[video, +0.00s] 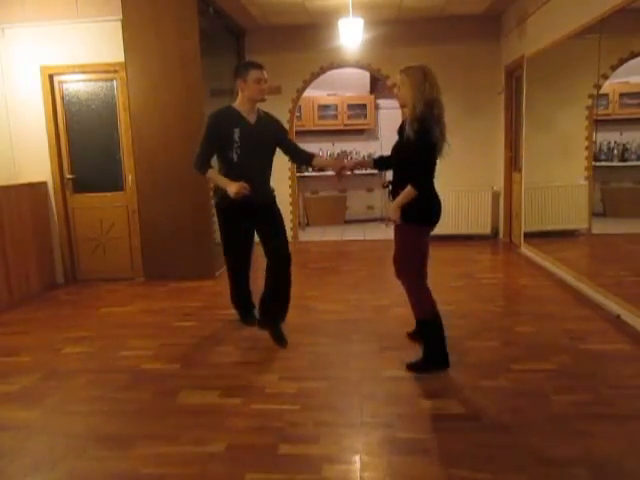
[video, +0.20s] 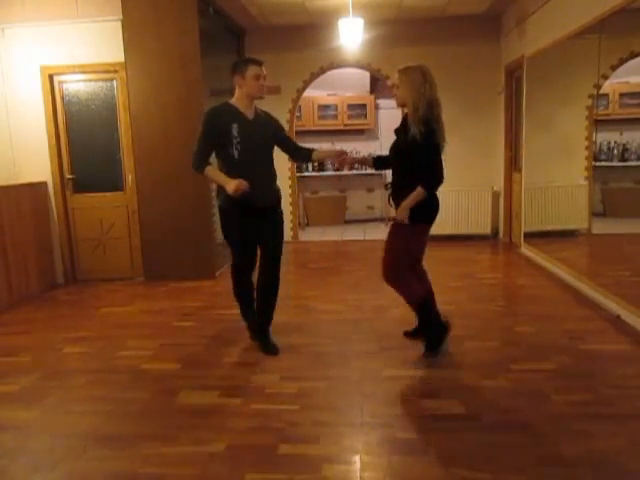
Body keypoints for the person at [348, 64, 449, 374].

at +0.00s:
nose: (395, 91)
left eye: (400, 86)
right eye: (395, 86)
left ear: (416, 88)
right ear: (410, 89)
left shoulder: (422, 125)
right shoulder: (410, 123)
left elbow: (422, 177)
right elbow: (395, 162)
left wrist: (398, 203)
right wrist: (359, 164)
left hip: (419, 208)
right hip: (410, 207)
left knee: (411, 272)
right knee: (405, 268)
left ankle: (436, 352)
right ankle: (426, 325)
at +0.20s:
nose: (394, 91)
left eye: (399, 86)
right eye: (394, 86)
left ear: (414, 90)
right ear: (409, 90)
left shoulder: (423, 126)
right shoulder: (407, 124)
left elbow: (434, 177)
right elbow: (395, 161)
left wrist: (407, 204)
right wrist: (360, 161)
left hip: (418, 208)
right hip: (412, 208)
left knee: (394, 270)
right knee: (410, 266)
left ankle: (434, 325)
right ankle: (427, 320)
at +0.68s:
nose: (393, 91)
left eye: (397, 86)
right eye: (393, 86)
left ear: (413, 89)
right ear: (409, 90)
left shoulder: (423, 123)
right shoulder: (405, 123)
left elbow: (434, 173)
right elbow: (384, 165)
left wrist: (406, 201)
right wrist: (350, 180)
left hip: (415, 208)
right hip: (405, 207)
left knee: (415, 275)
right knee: (414, 272)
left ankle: (430, 349)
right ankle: (426, 325)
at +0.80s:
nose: (392, 91)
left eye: (397, 86)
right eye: (392, 86)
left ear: (413, 89)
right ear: (404, 90)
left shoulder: (423, 124)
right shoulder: (404, 124)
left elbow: (432, 173)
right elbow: (382, 166)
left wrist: (405, 202)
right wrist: (342, 176)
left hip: (414, 211)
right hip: (403, 210)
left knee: (421, 278)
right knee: (418, 275)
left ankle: (430, 352)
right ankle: (427, 325)